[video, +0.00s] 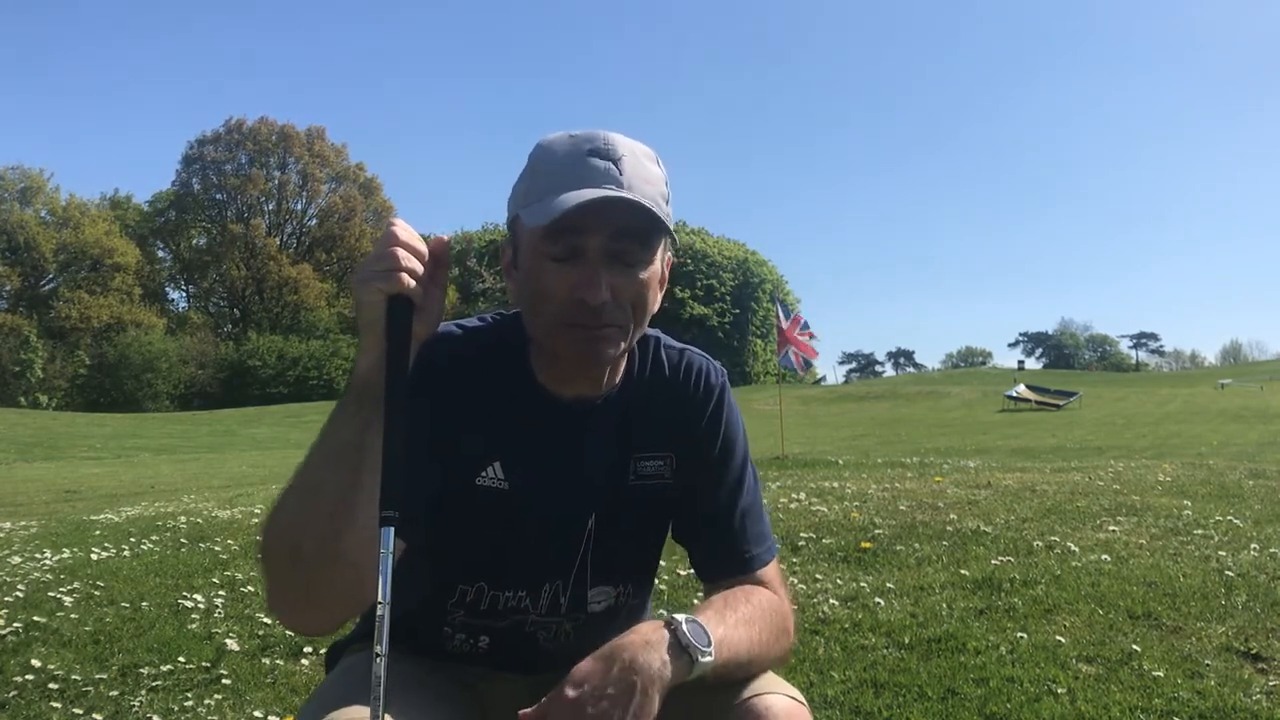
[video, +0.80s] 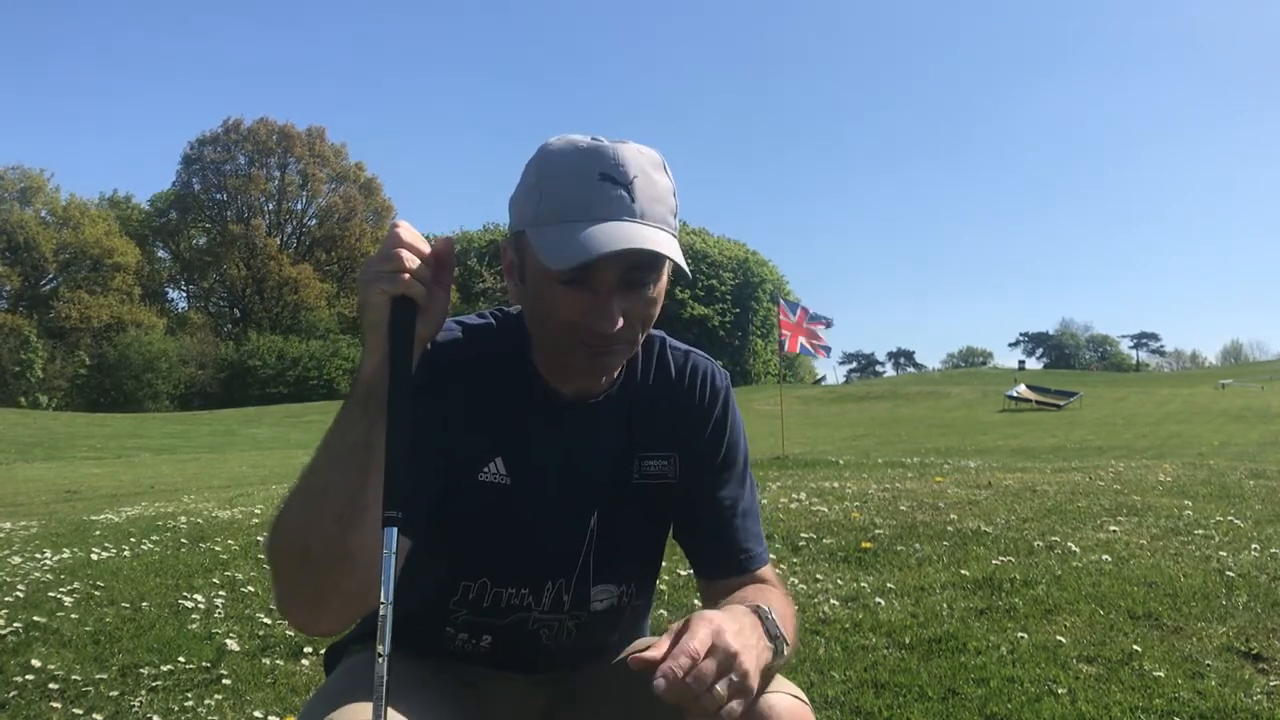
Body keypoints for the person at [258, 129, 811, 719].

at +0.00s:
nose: (596, 289)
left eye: (626, 254)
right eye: (564, 253)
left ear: (663, 275)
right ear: (510, 263)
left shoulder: (689, 390)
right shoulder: (437, 369)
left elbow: (765, 607)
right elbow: (303, 606)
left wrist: (668, 647)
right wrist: (377, 367)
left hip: (612, 670)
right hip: (432, 669)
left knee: (778, 711)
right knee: (346, 715)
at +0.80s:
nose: (610, 316)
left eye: (638, 281)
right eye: (578, 279)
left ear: (668, 278)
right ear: (514, 269)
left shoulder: (692, 392)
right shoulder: (435, 370)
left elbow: (752, 587)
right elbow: (312, 607)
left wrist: (748, 624)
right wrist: (379, 368)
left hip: (606, 672)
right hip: (433, 673)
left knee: (780, 711)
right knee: (352, 715)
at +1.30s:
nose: (600, 295)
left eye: (628, 259)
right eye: (569, 257)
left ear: (659, 261)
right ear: (505, 254)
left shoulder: (683, 379)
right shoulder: (433, 364)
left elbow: (789, 617)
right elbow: (314, 608)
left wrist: (808, 558)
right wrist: (379, 369)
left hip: (606, 665)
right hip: (434, 672)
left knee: (782, 708)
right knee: (371, 712)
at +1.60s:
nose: (584, 268)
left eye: (614, 234)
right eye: (552, 231)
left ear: (650, 253)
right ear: (500, 244)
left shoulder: (682, 376)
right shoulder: (432, 362)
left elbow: (839, 584)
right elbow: (309, 607)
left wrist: (832, 532)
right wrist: (376, 364)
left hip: (605, 665)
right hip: (431, 672)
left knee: (780, 707)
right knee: (368, 713)